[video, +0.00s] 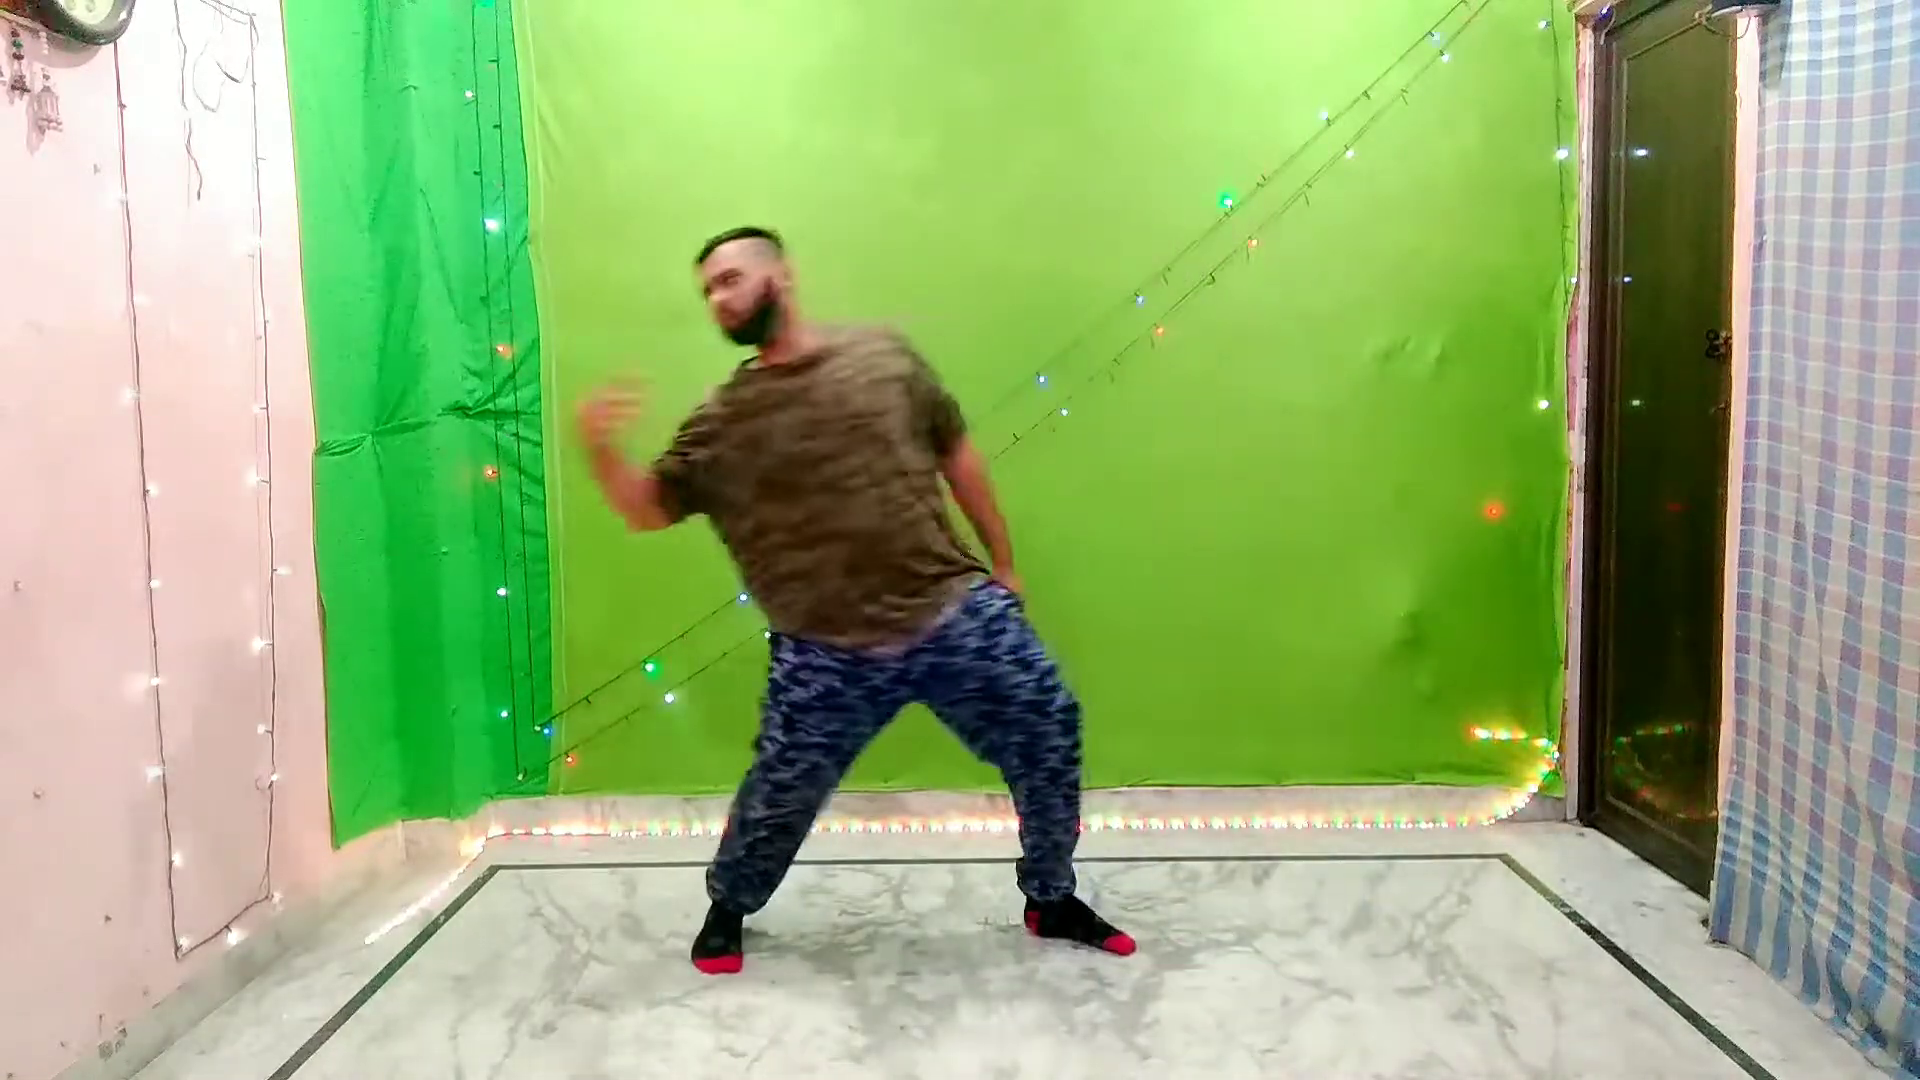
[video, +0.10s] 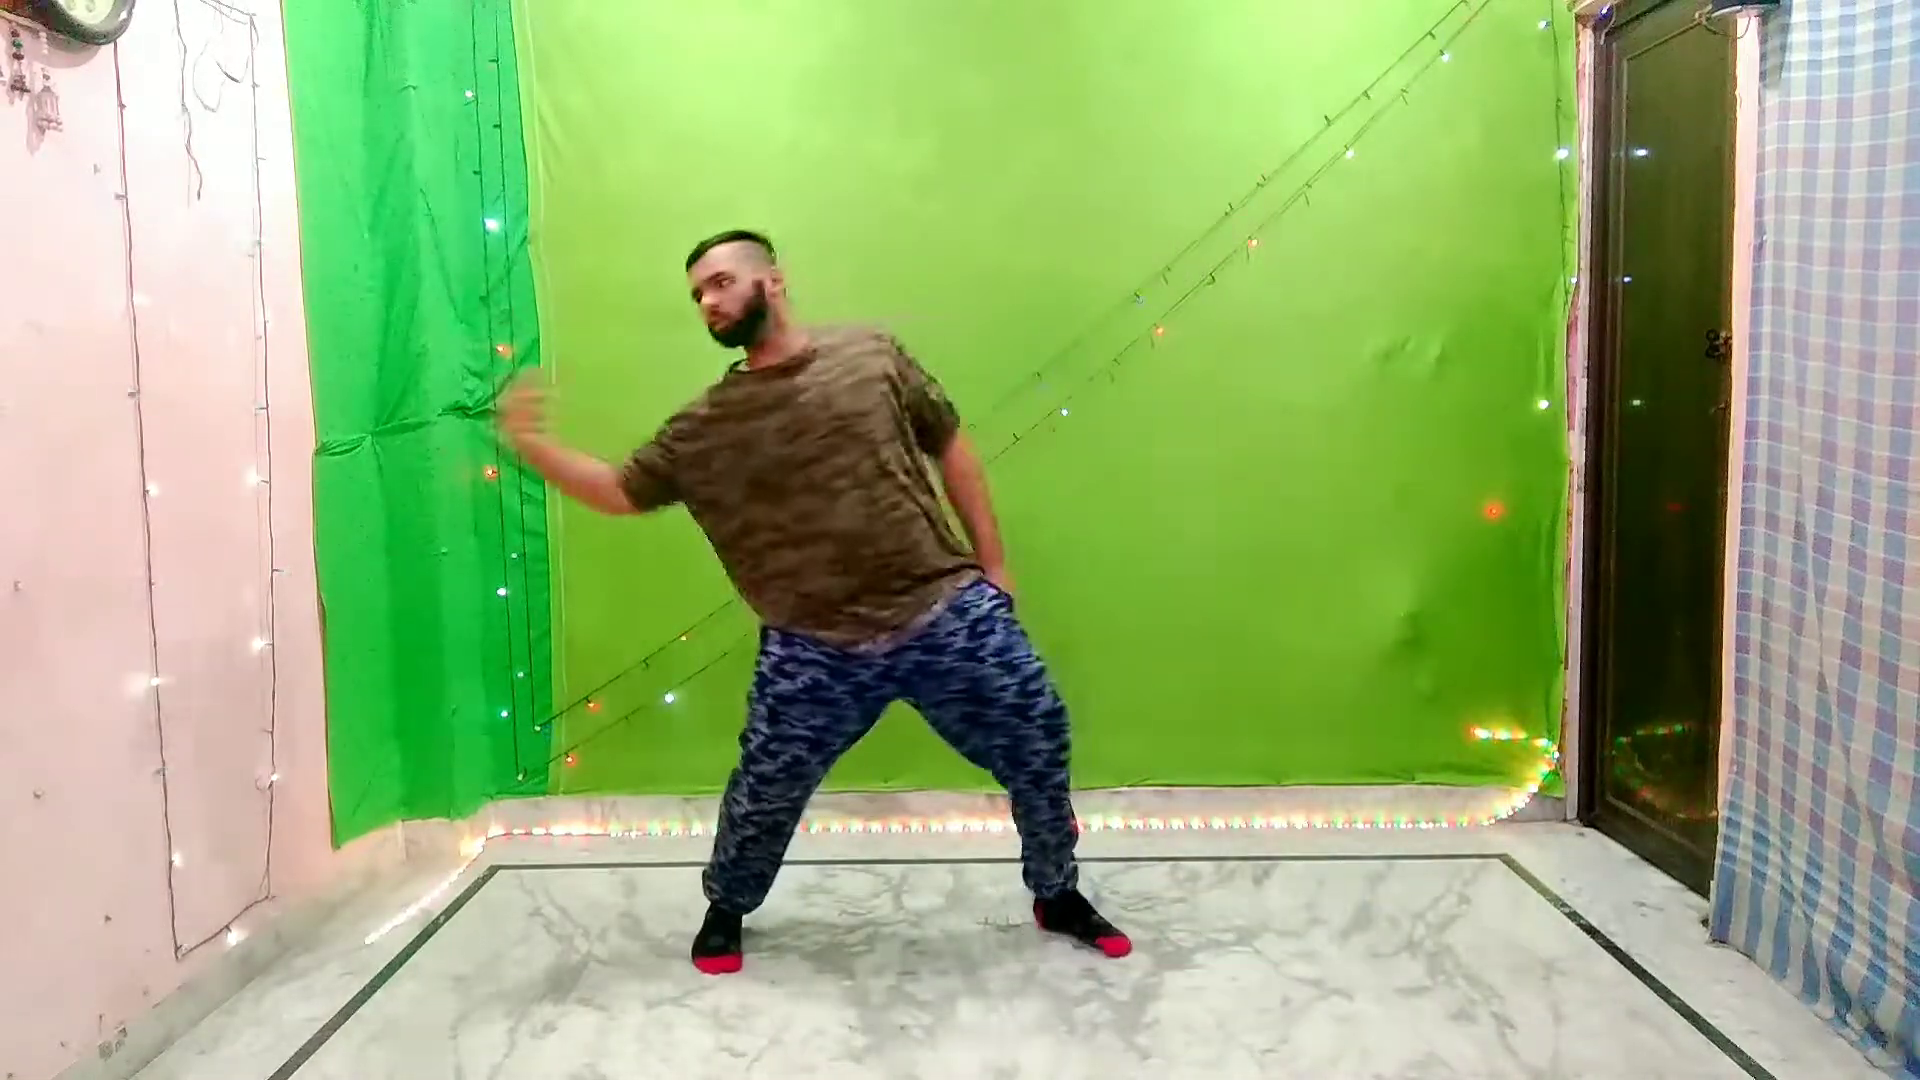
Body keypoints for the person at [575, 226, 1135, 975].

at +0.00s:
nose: (720, 296)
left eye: (731, 277)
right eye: (709, 290)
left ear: (782, 273)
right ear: (710, 311)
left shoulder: (884, 358)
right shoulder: (722, 423)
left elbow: (955, 451)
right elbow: (650, 507)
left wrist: (1002, 562)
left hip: (950, 610)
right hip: (825, 645)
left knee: (1048, 728)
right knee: (783, 790)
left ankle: (1051, 897)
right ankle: (726, 912)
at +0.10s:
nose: (708, 302)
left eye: (720, 281)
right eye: (699, 294)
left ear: (774, 277)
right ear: (702, 313)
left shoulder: (872, 355)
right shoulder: (704, 429)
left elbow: (949, 447)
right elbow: (618, 490)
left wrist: (992, 564)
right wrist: (530, 443)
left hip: (941, 608)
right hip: (813, 642)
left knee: (1036, 735)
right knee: (768, 788)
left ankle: (1057, 894)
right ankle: (724, 916)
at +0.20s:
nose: (777, 261)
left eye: (783, 249)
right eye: (754, 261)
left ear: (809, 268)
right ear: (731, 298)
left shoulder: (883, 351)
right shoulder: (708, 414)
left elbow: (990, 397)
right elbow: (610, 461)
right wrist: (494, 443)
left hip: (935, 607)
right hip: (807, 633)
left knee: (1024, 741)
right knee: (766, 783)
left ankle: (1063, 894)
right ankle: (724, 917)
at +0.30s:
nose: (824, 256)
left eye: (821, 246)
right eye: (801, 253)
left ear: (829, 266)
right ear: (760, 286)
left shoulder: (900, 347)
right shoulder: (721, 405)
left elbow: (1007, 362)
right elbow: (624, 452)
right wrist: (502, 443)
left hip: (937, 607)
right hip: (810, 631)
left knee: (1023, 745)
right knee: (766, 782)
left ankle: (1063, 896)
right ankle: (724, 915)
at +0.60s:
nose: (846, 260)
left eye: (843, 249)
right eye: (825, 256)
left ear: (848, 264)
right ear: (782, 288)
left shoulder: (911, 353)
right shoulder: (744, 399)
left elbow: (995, 416)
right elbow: (660, 459)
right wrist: (546, 427)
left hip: (944, 599)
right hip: (814, 619)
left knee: (1024, 742)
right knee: (765, 768)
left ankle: (1060, 894)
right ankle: (728, 909)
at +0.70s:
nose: (812, 278)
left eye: (816, 261)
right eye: (792, 274)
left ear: (837, 264)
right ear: (767, 299)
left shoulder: (896, 351)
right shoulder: (741, 398)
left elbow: (931, 443)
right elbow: (679, 471)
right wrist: (602, 434)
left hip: (928, 591)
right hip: (800, 608)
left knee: (1008, 739)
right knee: (753, 762)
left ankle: (1060, 892)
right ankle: (737, 904)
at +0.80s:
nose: (749, 288)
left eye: (759, 269)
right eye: (735, 278)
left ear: (799, 260)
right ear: (727, 287)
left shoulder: (861, 340)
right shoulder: (726, 370)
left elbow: (844, 421)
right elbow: (650, 444)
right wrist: (621, 398)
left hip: (871, 581)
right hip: (759, 592)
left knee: (940, 737)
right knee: (724, 743)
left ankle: (1013, 877)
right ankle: (726, 901)